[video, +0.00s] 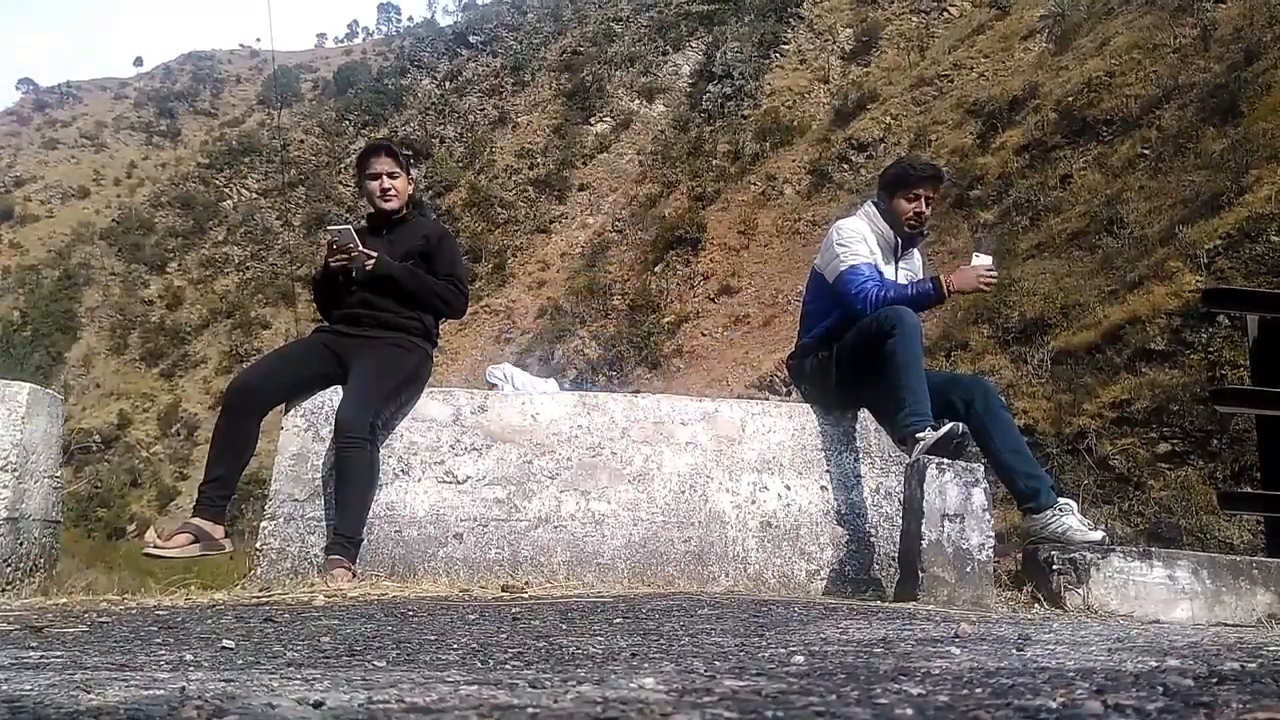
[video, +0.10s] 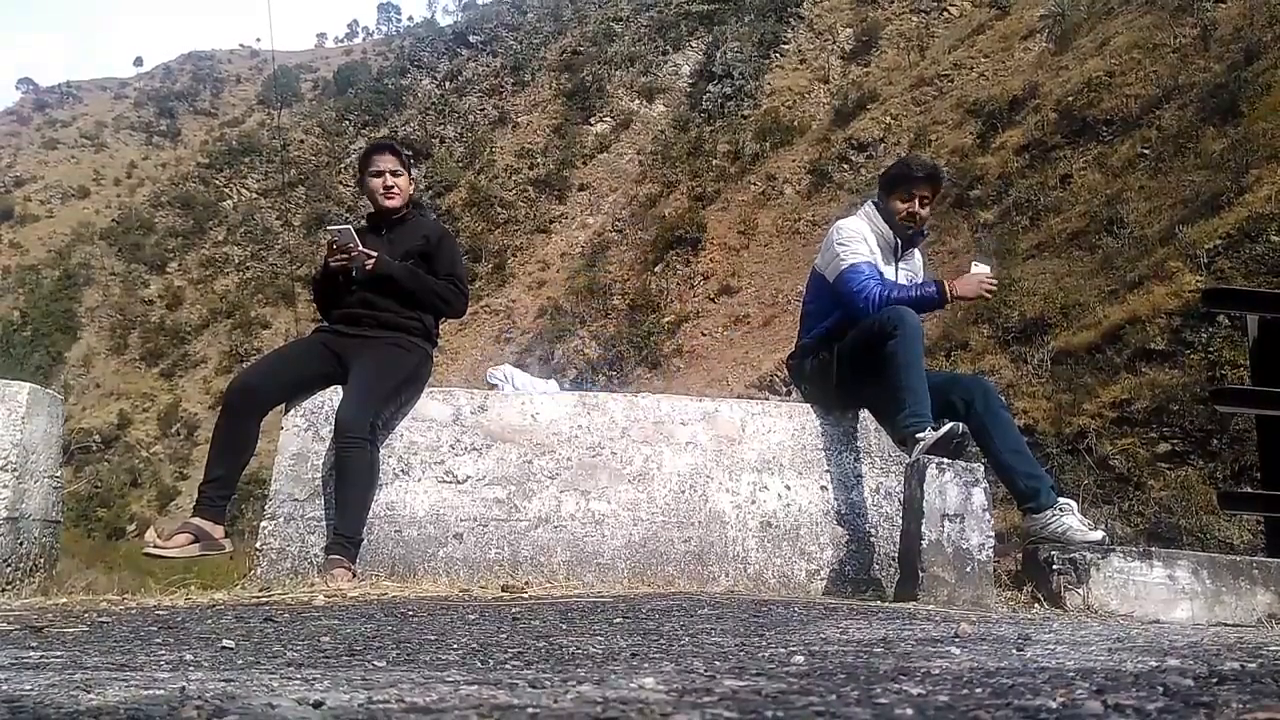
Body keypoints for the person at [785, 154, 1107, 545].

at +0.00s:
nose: (920, 209)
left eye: (928, 202)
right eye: (910, 198)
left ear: (932, 207)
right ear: (885, 197)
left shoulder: (910, 253)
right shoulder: (849, 232)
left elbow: (903, 308)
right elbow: (865, 297)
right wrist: (945, 284)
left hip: (879, 376)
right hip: (825, 373)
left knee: (975, 391)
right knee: (898, 321)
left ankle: (1043, 510)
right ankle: (917, 434)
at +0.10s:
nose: (914, 210)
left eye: (924, 203)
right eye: (905, 199)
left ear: (931, 208)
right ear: (883, 195)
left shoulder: (911, 253)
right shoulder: (850, 232)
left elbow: (903, 307)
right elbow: (868, 296)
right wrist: (946, 288)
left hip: (879, 377)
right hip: (825, 373)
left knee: (975, 391)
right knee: (899, 322)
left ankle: (1043, 510)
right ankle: (916, 434)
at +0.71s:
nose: (887, 211)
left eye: (901, 208)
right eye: (887, 200)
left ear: (921, 220)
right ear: (880, 196)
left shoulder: (912, 254)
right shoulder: (844, 232)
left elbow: (909, 310)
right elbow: (872, 295)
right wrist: (953, 292)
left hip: (879, 376)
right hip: (824, 372)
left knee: (976, 391)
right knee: (901, 319)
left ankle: (1044, 509)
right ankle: (916, 433)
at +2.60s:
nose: (848, 200)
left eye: (860, 194)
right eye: (845, 191)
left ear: (887, 207)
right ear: (839, 194)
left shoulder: (898, 249)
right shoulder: (820, 233)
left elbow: (887, 312)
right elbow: (858, 294)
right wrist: (940, 283)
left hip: (874, 373)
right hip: (820, 370)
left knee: (975, 389)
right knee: (890, 315)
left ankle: (1042, 508)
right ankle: (913, 432)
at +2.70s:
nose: (857, 198)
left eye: (872, 196)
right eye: (858, 189)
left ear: (894, 213)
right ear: (850, 190)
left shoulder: (897, 249)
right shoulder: (821, 232)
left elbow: (892, 310)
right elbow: (859, 294)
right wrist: (941, 283)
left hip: (873, 374)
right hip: (820, 371)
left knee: (975, 390)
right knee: (889, 317)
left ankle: (1043, 509)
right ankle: (914, 433)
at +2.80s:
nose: (864, 200)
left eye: (879, 197)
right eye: (864, 190)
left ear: (899, 216)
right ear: (855, 191)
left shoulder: (897, 249)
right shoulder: (824, 230)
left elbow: (890, 309)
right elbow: (860, 294)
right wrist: (940, 284)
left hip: (872, 374)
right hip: (820, 371)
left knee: (976, 391)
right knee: (890, 317)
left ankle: (1043, 509)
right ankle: (913, 433)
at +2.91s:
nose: (874, 200)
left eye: (888, 198)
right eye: (872, 190)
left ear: (904, 216)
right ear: (862, 192)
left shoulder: (898, 251)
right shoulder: (827, 229)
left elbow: (888, 309)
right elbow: (860, 293)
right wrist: (941, 284)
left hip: (872, 374)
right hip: (820, 371)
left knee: (975, 390)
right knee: (891, 317)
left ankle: (1042, 509)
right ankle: (913, 433)